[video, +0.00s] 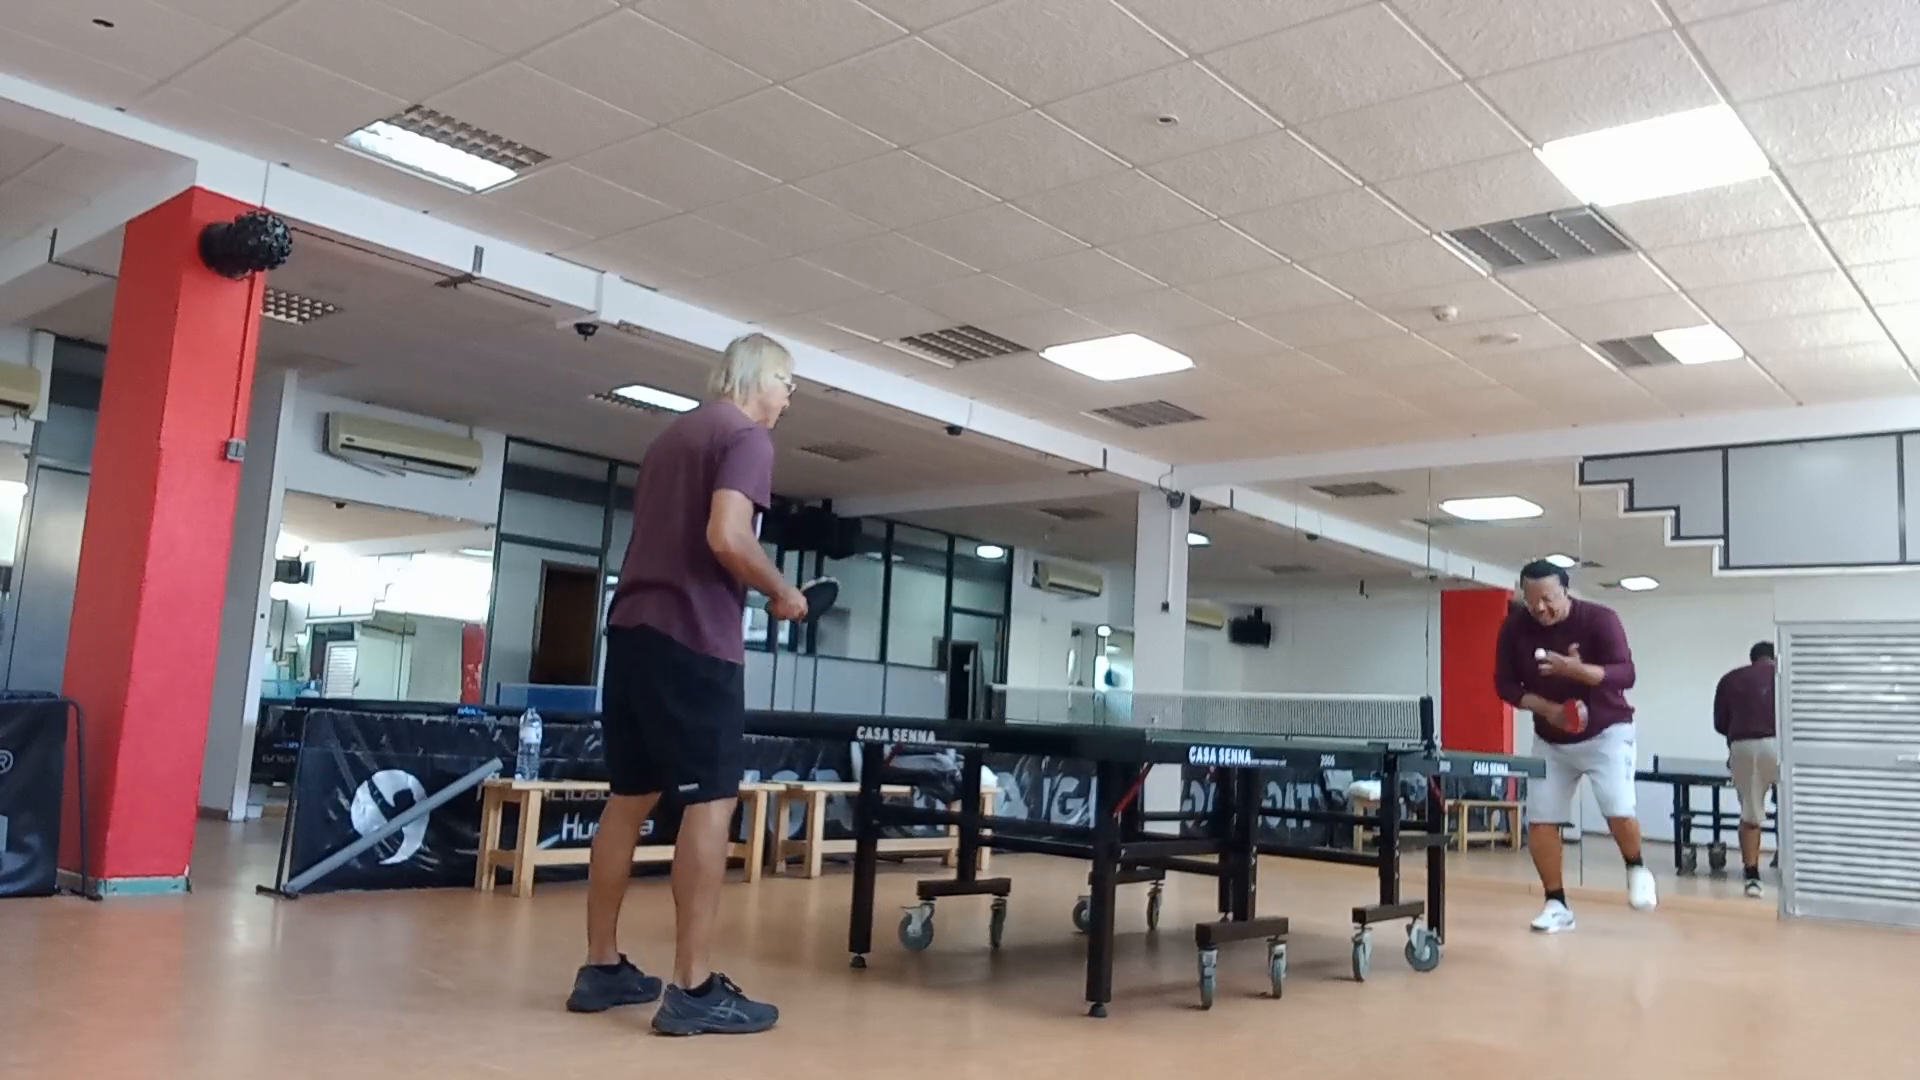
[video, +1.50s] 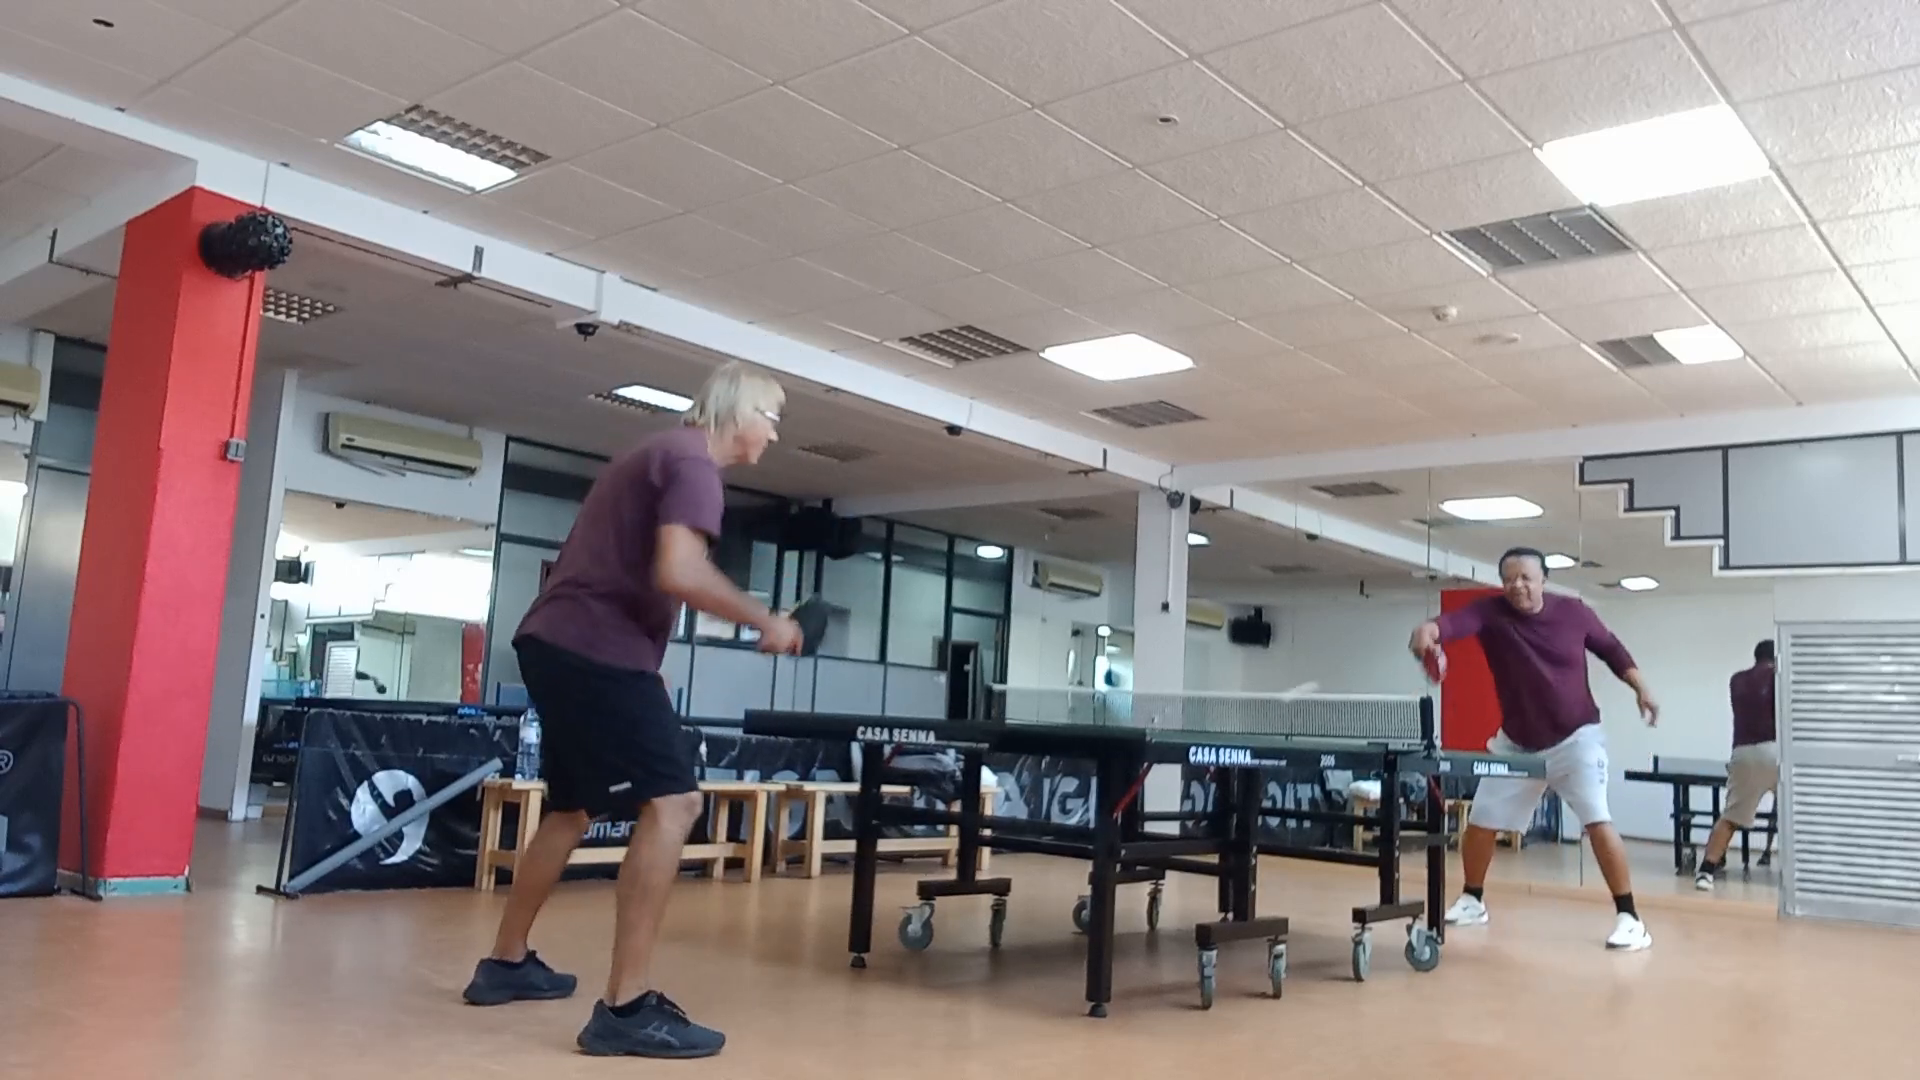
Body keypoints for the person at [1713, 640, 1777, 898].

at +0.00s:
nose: (1772, 663)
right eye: (1773, 658)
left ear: (1751, 658)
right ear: (1774, 658)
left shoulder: (1730, 678)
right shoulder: (1783, 675)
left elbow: (1720, 723)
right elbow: (1793, 713)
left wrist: (1742, 733)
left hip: (1741, 745)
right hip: (1776, 744)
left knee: (1750, 814)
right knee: (1791, 805)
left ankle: (1751, 876)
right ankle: (1785, 859)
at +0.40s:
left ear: (1765, 663)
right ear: (1782, 665)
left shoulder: (1747, 680)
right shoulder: (1788, 683)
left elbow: (1746, 714)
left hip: (1746, 751)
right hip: (1776, 750)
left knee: (1749, 814)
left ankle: (1749, 870)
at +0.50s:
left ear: (1769, 656)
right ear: (1787, 660)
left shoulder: (1752, 673)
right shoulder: (1794, 681)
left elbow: (1735, 694)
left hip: (1751, 748)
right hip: (1783, 748)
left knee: (1740, 811)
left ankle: (1736, 865)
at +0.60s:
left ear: (1766, 652)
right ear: (1786, 654)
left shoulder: (1748, 671)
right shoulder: (1793, 677)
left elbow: (1729, 698)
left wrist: (1747, 687)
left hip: (1749, 748)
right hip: (1782, 748)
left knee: (1732, 811)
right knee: (1796, 812)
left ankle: (1714, 870)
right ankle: (1801, 872)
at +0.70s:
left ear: (1760, 652)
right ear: (1781, 653)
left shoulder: (1742, 672)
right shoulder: (1791, 675)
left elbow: (1723, 699)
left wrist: (1722, 712)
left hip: (1745, 749)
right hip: (1781, 750)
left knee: (1726, 812)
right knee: (1798, 812)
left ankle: (1709, 871)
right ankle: (1800, 872)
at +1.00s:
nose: (1763, 662)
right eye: (1764, 658)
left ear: (1739, 657)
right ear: (1766, 657)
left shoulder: (1723, 680)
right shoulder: (1780, 677)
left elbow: (1705, 722)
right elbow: (1797, 710)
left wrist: (1709, 750)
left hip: (1745, 753)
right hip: (1783, 751)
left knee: (1722, 815)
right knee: (1799, 813)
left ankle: (1709, 872)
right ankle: (1804, 873)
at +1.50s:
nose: (1772, 663)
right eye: (1775, 658)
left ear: (1755, 657)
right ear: (1776, 658)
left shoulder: (1737, 679)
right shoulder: (1783, 677)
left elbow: (1742, 714)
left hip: (1744, 752)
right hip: (1779, 750)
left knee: (1730, 816)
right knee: (1800, 815)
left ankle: (1706, 870)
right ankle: (1804, 874)